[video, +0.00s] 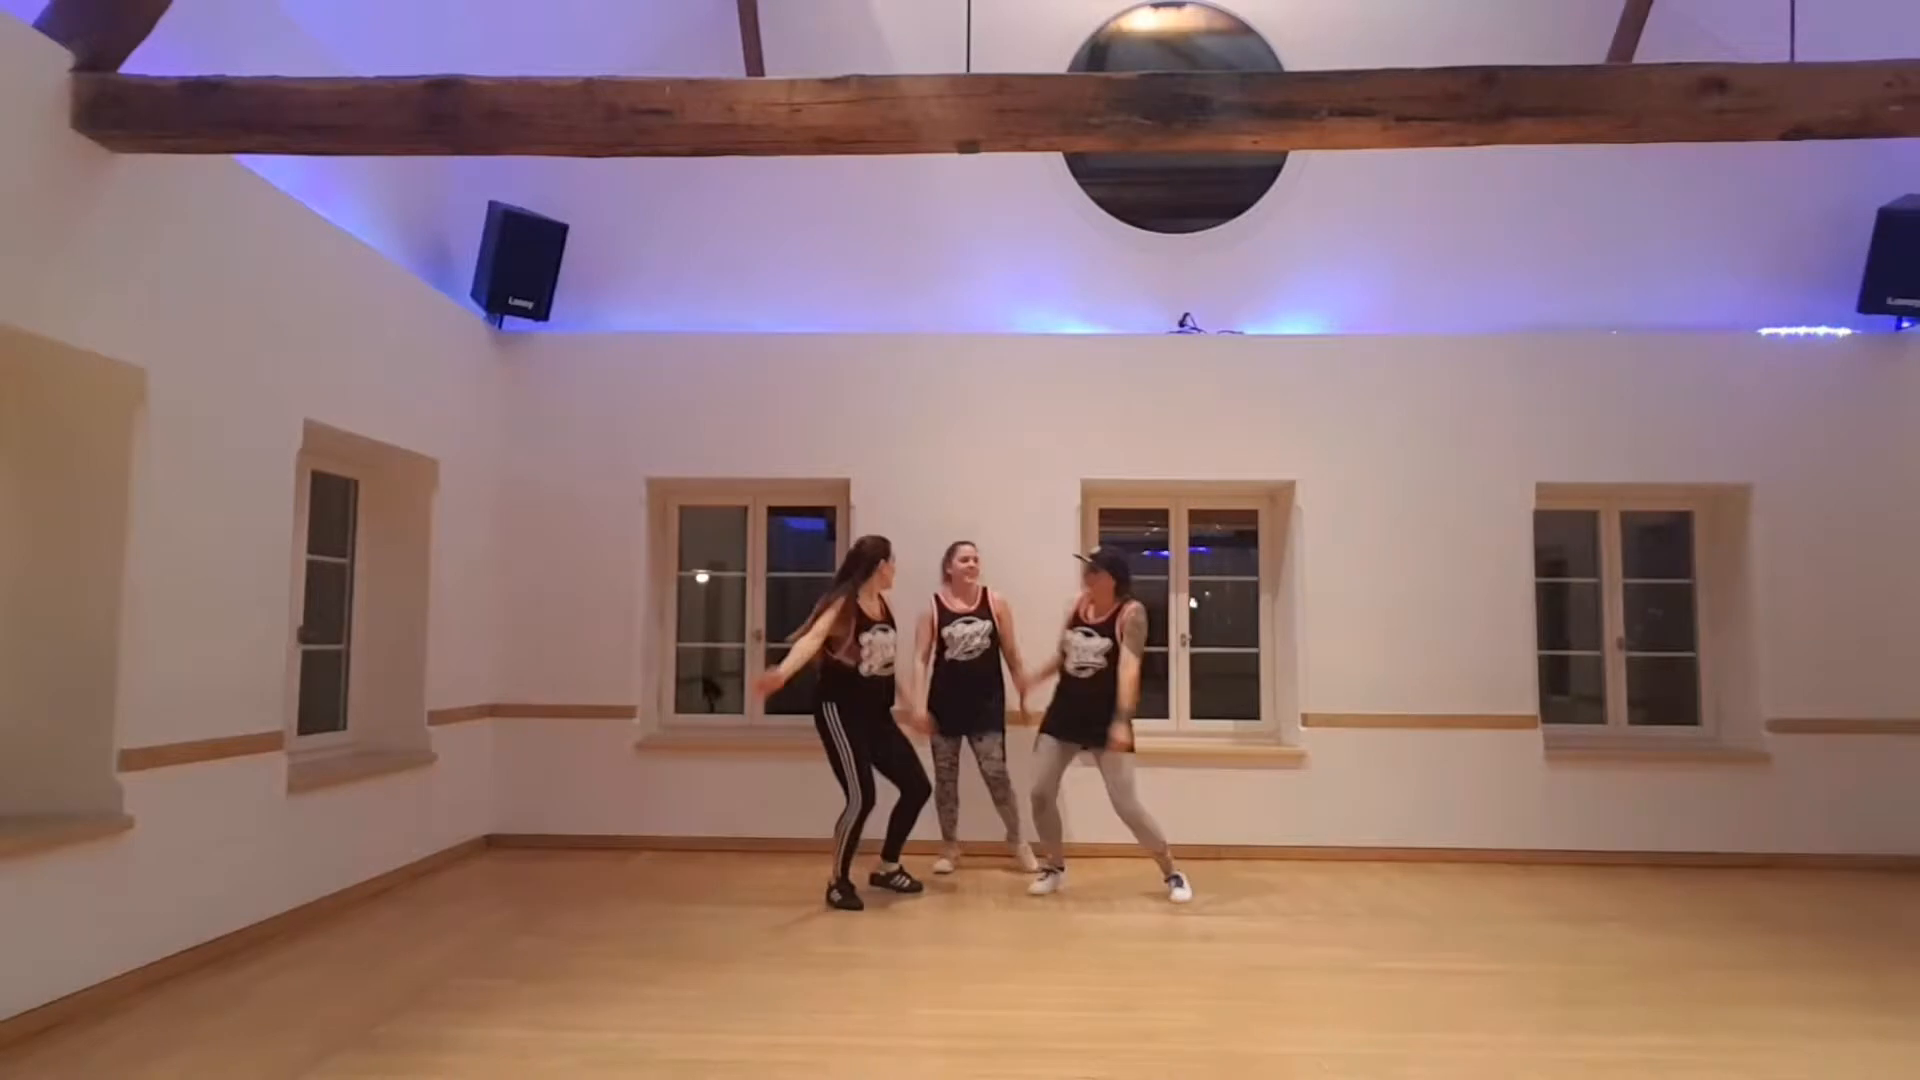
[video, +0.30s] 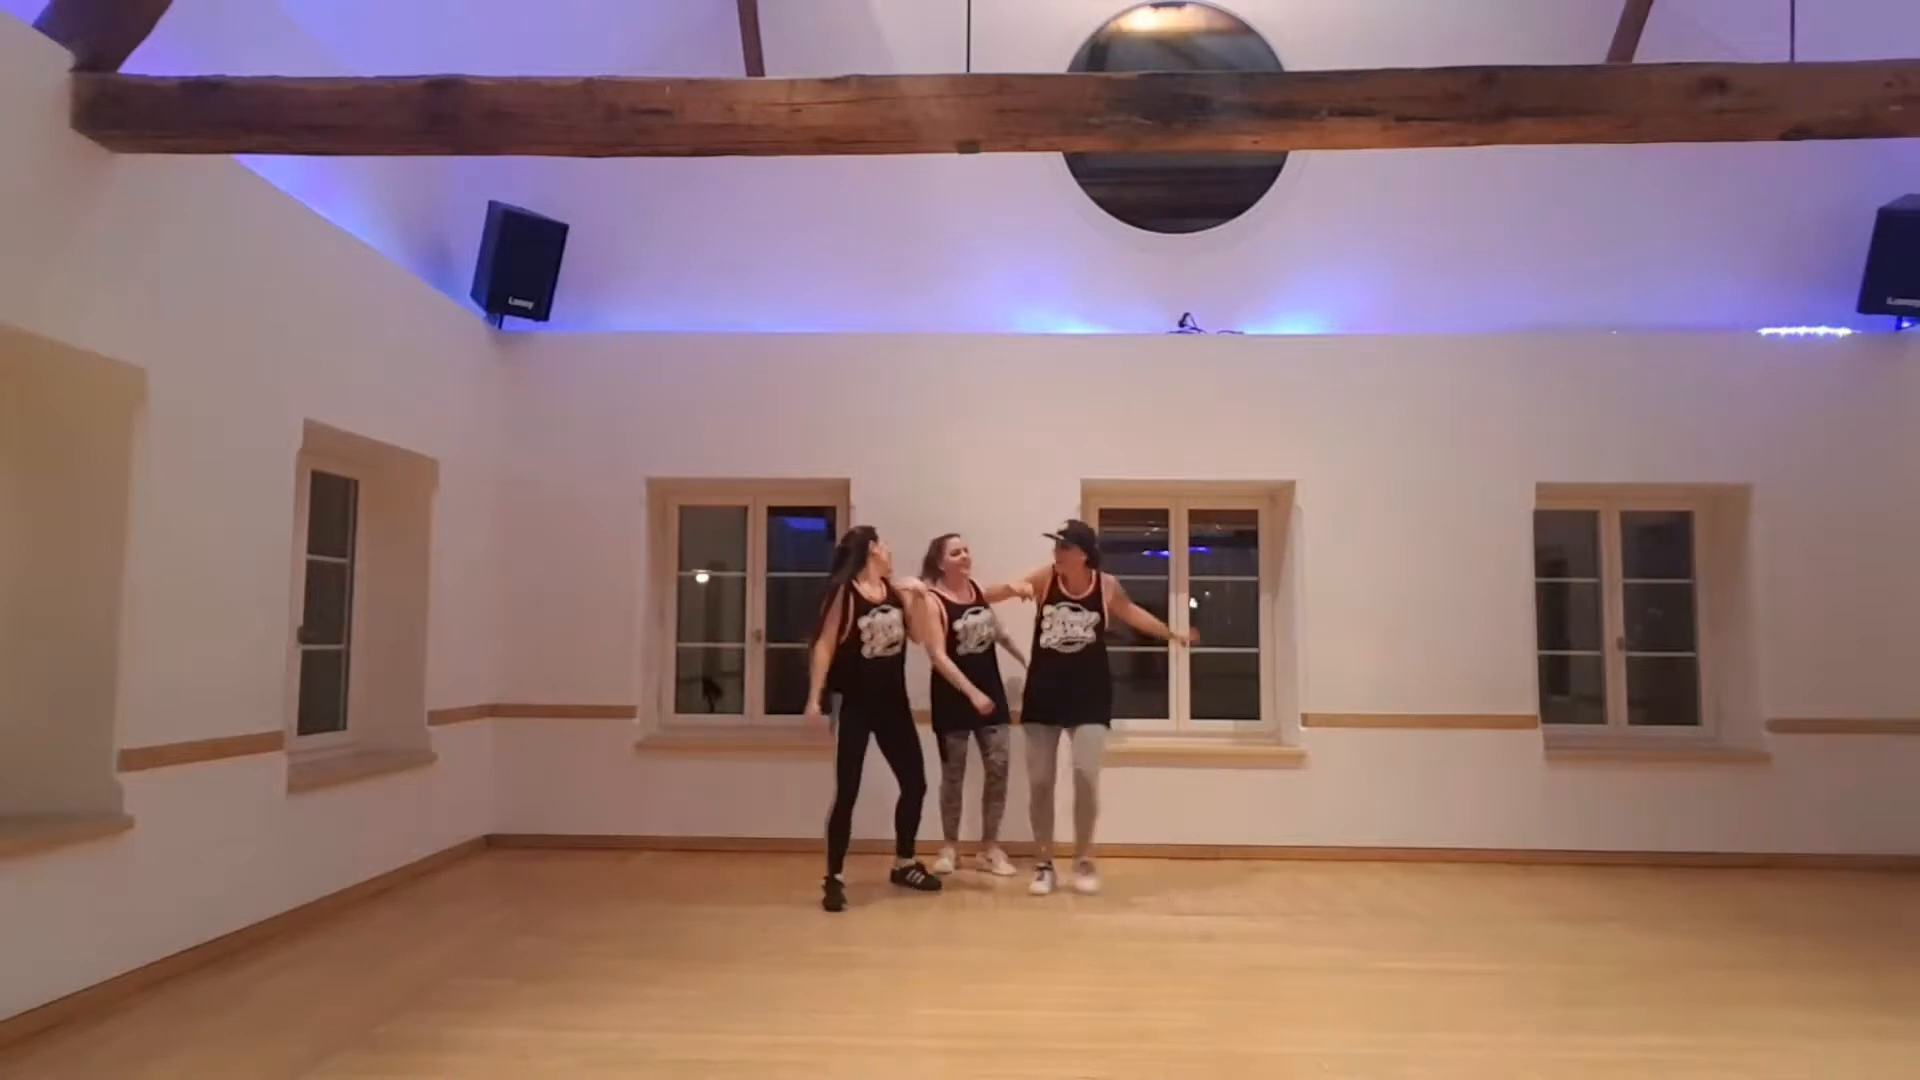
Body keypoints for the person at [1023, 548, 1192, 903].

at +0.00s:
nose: (1087, 578)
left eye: (1094, 573)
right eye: (1087, 571)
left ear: (1113, 579)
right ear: (1088, 576)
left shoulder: (1131, 613)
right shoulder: (1080, 605)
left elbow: (1129, 669)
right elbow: (1062, 658)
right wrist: (1032, 679)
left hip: (1106, 718)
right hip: (1065, 713)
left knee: (1125, 805)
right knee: (1040, 792)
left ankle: (1172, 875)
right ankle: (1055, 868)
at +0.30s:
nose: (1056, 555)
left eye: (1064, 550)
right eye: (1056, 548)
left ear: (1084, 555)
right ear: (1057, 551)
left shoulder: (1106, 586)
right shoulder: (1044, 578)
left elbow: (1133, 614)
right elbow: (990, 597)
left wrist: (1171, 633)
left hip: (1089, 696)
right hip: (1042, 695)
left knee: (1085, 777)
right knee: (1040, 782)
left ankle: (1083, 861)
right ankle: (1044, 865)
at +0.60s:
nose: (1056, 571)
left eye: (1063, 565)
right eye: (1053, 565)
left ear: (1080, 566)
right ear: (1048, 565)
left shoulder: (1092, 596)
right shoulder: (1042, 595)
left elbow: (1104, 638)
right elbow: (1003, 611)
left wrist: (1156, 644)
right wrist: (1006, 645)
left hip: (1080, 710)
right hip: (1038, 709)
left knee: (1082, 787)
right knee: (1046, 791)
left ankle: (1064, 865)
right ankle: (1045, 867)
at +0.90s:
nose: (1058, 551)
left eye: (1065, 545)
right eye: (1054, 546)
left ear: (1082, 550)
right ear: (1049, 550)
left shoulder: (1095, 582)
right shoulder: (1040, 587)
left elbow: (1133, 596)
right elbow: (1006, 633)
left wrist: (1146, 555)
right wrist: (998, 687)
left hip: (1093, 693)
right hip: (1047, 698)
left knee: (1121, 774)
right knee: (1048, 786)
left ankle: (1131, 858)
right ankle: (1045, 866)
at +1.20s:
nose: (1067, 575)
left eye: (1074, 568)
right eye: (1064, 569)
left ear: (1093, 569)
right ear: (1062, 573)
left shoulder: (1120, 599)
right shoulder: (1056, 611)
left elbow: (1166, 621)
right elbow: (1050, 667)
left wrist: (1150, 585)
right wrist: (1049, 720)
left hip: (1123, 714)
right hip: (1075, 716)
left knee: (1142, 794)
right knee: (1063, 793)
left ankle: (1139, 867)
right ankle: (1046, 866)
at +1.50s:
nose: (1085, 557)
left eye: (1092, 552)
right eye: (1084, 551)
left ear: (1111, 555)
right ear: (1084, 554)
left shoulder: (1134, 586)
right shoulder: (1075, 593)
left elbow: (1159, 579)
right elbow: (1065, 647)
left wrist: (1130, 544)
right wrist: (1050, 691)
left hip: (1133, 701)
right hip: (1087, 702)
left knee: (1136, 783)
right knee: (1087, 776)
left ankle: (1140, 864)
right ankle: (1115, 856)